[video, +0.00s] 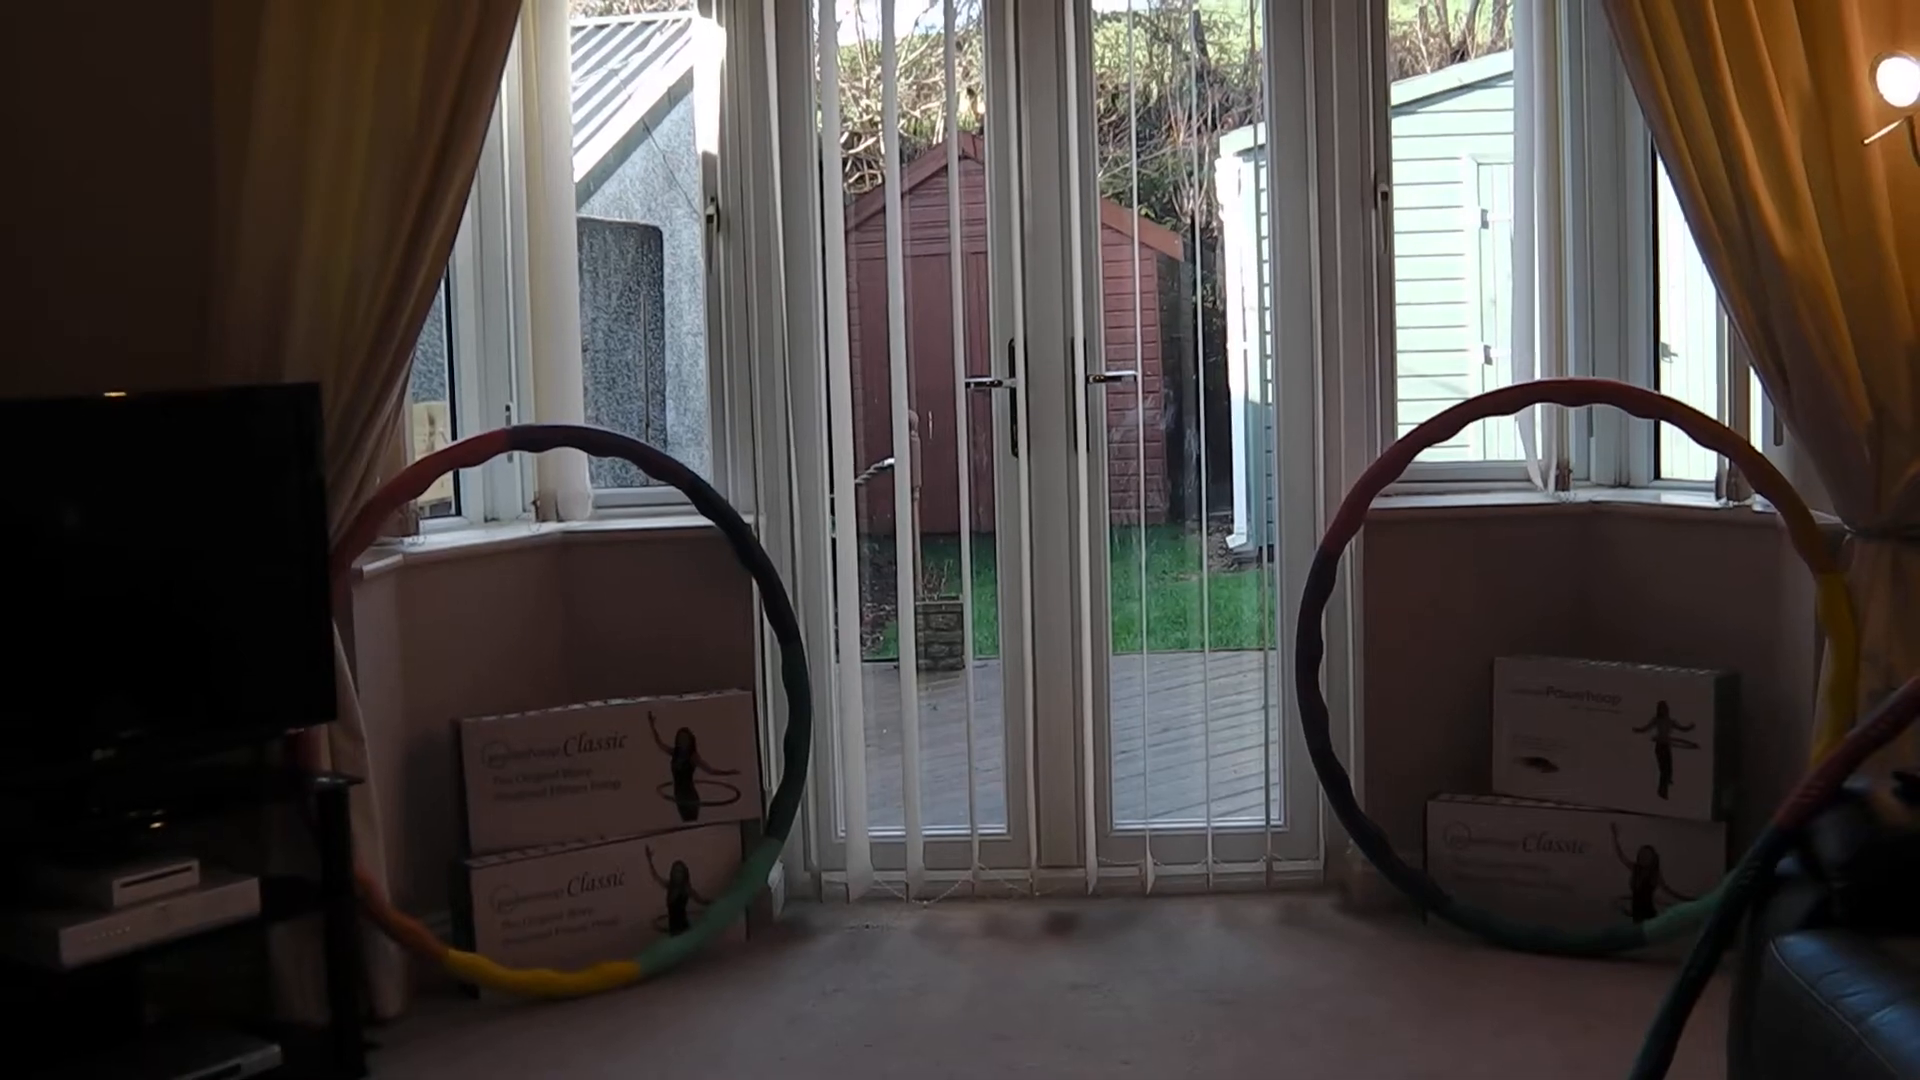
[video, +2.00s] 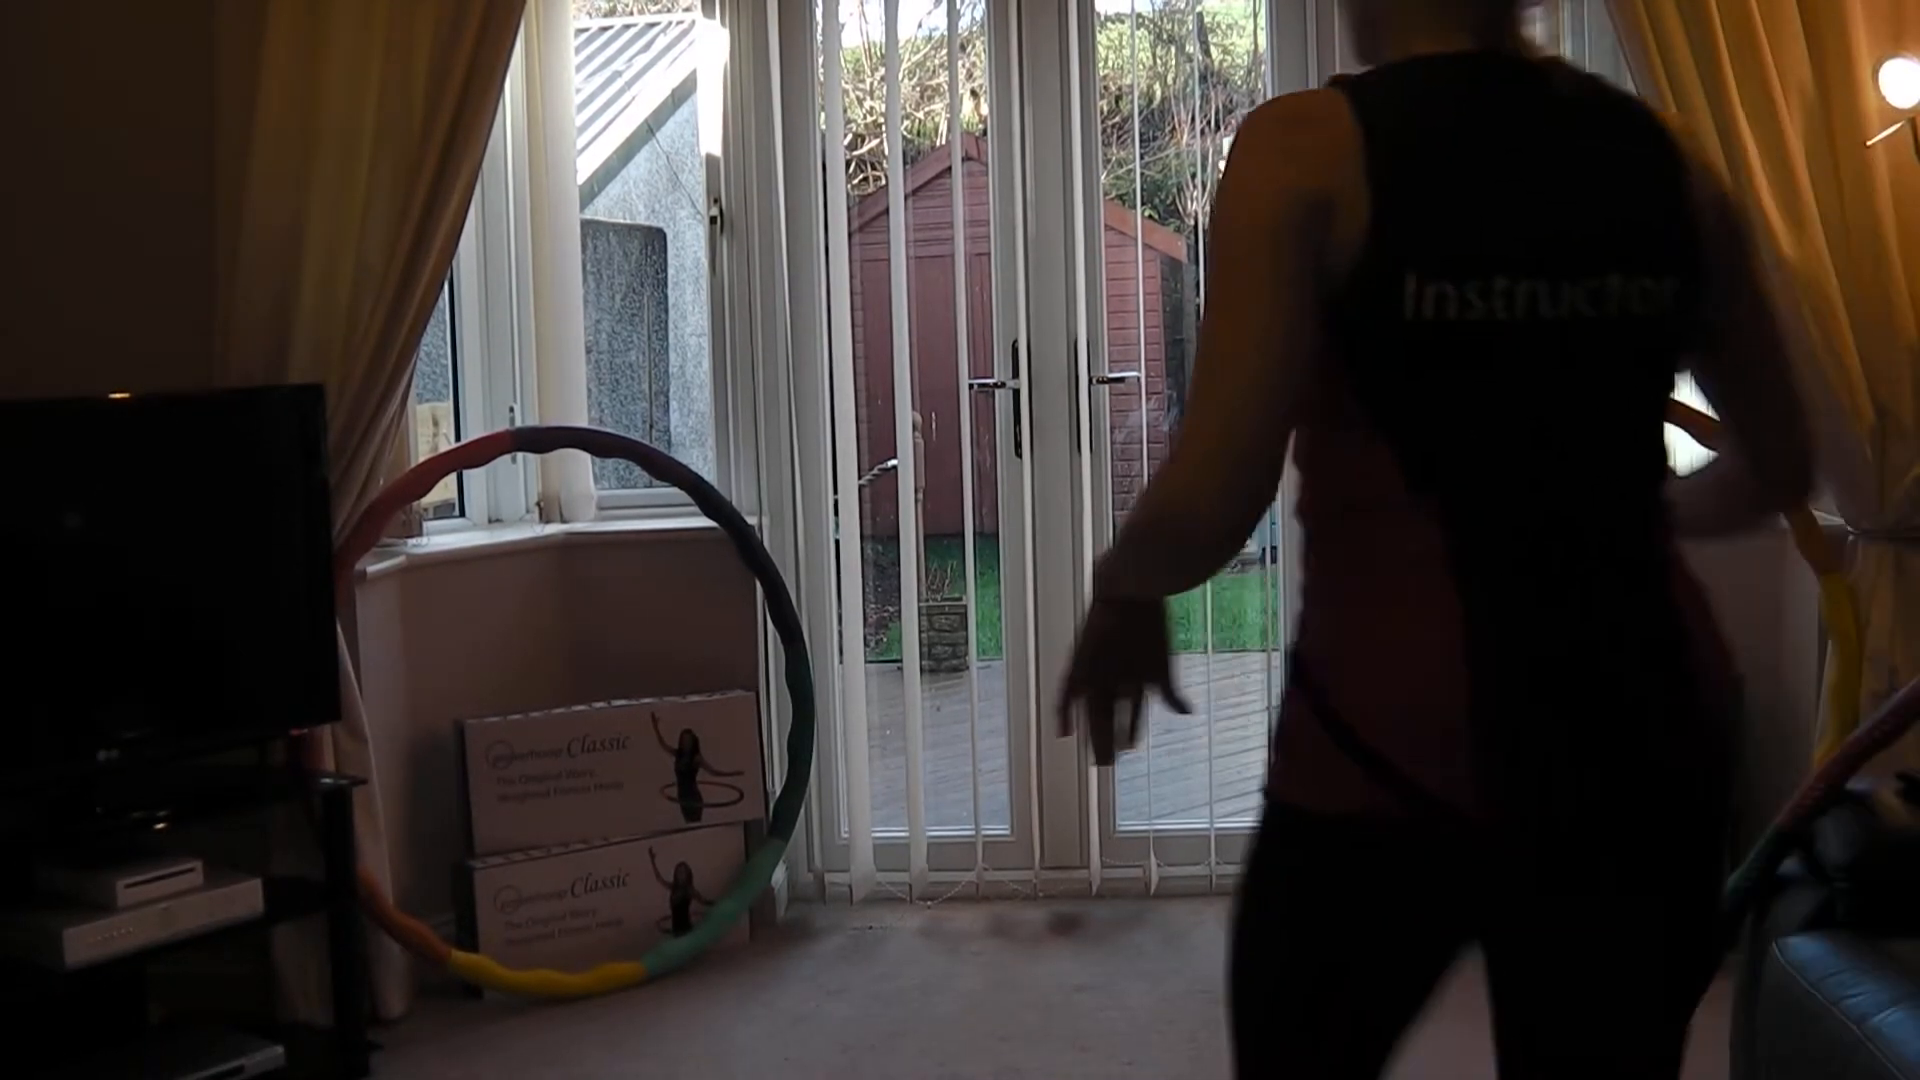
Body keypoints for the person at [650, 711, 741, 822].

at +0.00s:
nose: (682, 741)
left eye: (685, 739)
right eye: (680, 738)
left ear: (690, 741)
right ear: (676, 740)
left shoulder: (692, 756)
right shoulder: (675, 754)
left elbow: (710, 771)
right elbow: (659, 743)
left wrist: (729, 773)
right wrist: (652, 725)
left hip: (689, 794)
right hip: (678, 794)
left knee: (692, 827)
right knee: (688, 827)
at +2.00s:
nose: (684, 742)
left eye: (688, 739)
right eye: (683, 739)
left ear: (693, 742)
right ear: (680, 741)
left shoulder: (696, 758)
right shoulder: (678, 754)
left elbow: (713, 772)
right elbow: (662, 744)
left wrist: (733, 774)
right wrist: (655, 726)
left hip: (693, 794)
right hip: (682, 794)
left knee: (696, 827)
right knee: (690, 827)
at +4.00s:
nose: (685, 742)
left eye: (688, 739)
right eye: (683, 739)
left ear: (693, 741)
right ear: (680, 741)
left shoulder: (696, 757)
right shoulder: (678, 754)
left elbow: (712, 772)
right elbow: (662, 744)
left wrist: (732, 774)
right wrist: (655, 725)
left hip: (693, 794)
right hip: (682, 795)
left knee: (695, 828)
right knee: (690, 828)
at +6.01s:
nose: (685, 742)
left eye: (688, 739)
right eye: (683, 739)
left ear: (694, 742)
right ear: (680, 741)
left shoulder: (696, 758)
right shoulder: (678, 755)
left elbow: (712, 772)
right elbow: (662, 745)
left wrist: (733, 773)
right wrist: (655, 726)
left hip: (693, 795)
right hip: (682, 795)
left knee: (695, 828)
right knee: (691, 828)